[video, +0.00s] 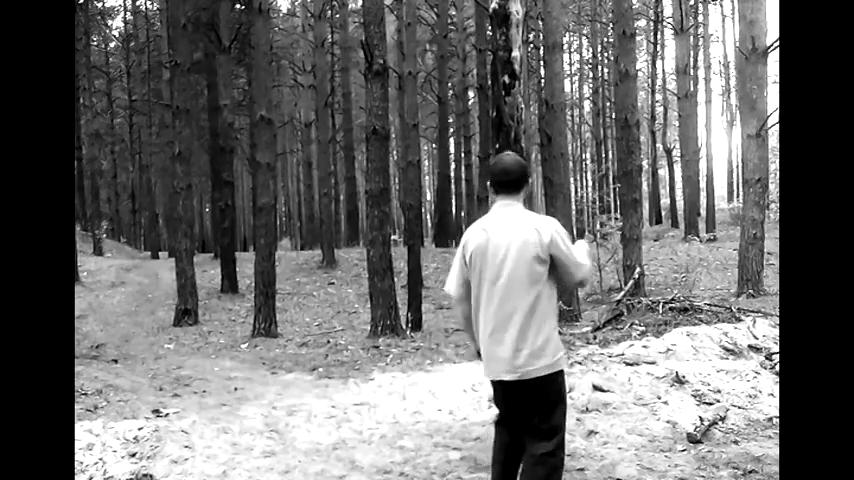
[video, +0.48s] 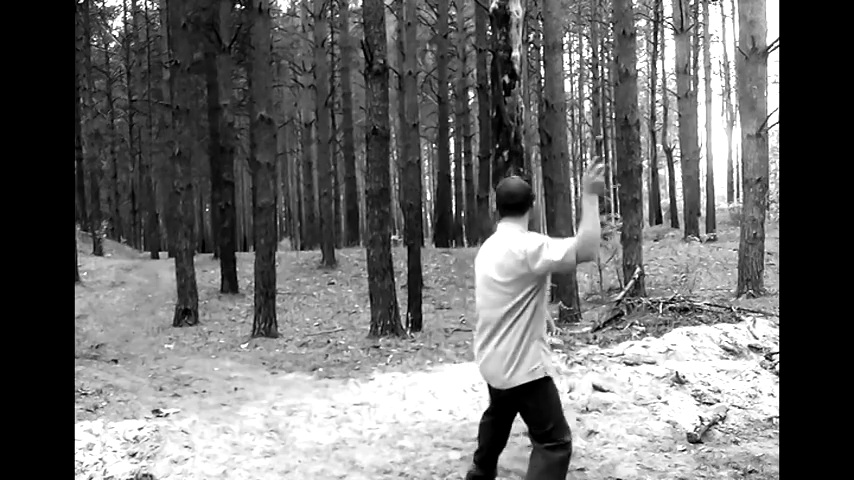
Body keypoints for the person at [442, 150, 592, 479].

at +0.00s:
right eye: (527, 182)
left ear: (489, 187)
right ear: (527, 185)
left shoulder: (473, 234)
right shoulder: (544, 228)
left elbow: (459, 298)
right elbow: (576, 274)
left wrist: (475, 341)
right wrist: (582, 249)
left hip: (496, 357)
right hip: (539, 356)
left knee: (508, 430)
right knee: (547, 442)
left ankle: (502, 477)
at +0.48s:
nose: (535, 204)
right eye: (533, 199)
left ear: (497, 208)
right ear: (531, 206)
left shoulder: (487, 248)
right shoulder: (528, 247)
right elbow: (587, 250)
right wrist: (590, 195)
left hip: (492, 361)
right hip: (523, 367)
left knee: (498, 415)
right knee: (554, 442)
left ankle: (480, 471)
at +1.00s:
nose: (445, 253)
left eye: (446, 249)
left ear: (448, 249)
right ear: (476, 247)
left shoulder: (451, 263)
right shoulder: (490, 269)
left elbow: (449, 285)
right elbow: (487, 325)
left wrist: (430, 327)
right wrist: (463, 370)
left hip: (488, 342)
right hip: (521, 329)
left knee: (484, 404)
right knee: (540, 385)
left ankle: (483, 469)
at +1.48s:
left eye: (461, 203)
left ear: (462, 206)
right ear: (491, 203)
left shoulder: (466, 239)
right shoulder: (513, 230)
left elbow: (462, 286)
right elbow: (543, 273)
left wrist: (444, 318)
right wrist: (542, 312)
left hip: (503, 334)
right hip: (539, 325)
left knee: (492, 405)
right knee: (542, 399)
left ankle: (487, 470)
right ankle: (564, 469)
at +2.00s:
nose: (504, 201)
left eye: (507, 193)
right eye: (502, 194)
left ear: (526, 190)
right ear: (524, 191)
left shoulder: (550, 226)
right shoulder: (538, 223)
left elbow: (557, 283)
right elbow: (537, 274)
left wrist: (517, 310)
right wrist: (502, 277)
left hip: (553, 332)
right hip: (550, 330)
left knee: (533, 402)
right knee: (559, 401)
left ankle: (562, 471)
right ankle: (568, 466)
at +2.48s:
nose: (547, 193)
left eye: (554, 185)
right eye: (542, 186)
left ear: (573, 182)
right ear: (538, 187)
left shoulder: (604, 226)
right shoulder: (533, 230)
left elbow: (630, 280)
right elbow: (527, 279)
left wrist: (626, 332)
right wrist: (514, 308)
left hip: (596, 352)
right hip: (547, 350)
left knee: (599, 439)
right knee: (541, 422)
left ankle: (598, 479)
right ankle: (560, 479)